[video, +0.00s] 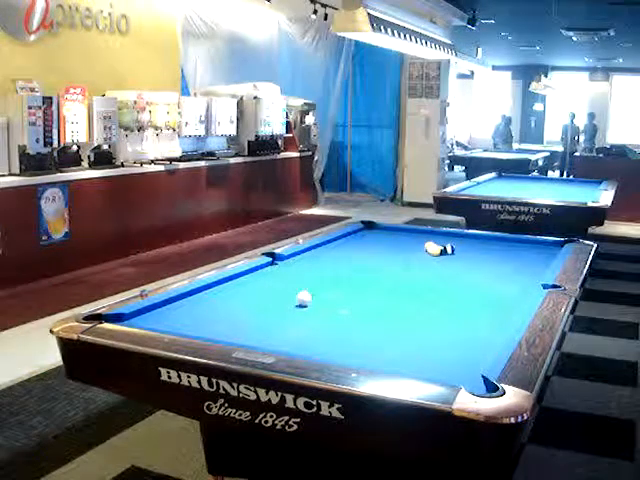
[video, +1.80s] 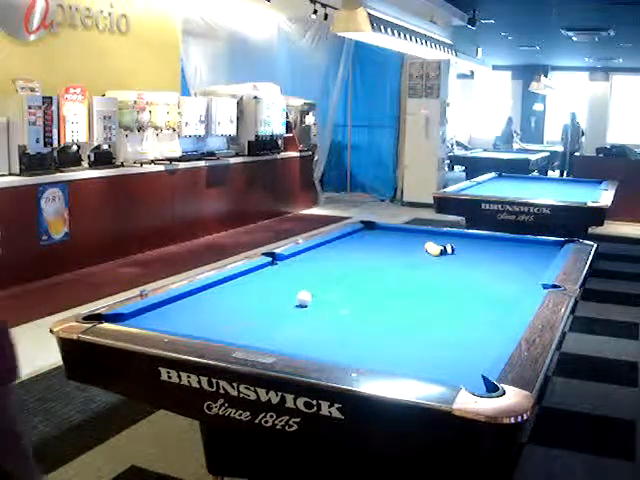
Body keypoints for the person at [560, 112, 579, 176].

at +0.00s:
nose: (571, 118)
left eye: (572, 116)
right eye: (570, 116)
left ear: (574, 117)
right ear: (569, 117)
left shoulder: (576, 127)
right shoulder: (565, 126)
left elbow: (578, 136)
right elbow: (562, 135)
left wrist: (577, 143)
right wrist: (563, 142)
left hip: (573, 146)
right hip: (565, 146)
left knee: (571, 161)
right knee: (563, 160)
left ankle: (568, 174)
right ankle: (561, 173)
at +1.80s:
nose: (572, 119)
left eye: (574, 117)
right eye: (571, 117)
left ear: (576, 118)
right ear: (570, 117)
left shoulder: (578, 126)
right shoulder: (566, 126)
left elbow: (580, 135)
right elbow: (563, 135)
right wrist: (563, 142)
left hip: (574, 146)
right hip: (566, 145)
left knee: (571, 160)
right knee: (563, 159)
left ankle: (569, 173)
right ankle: (561, 173)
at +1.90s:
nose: (572, 119)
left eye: (574, 117)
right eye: (571, 117)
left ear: (576, 117)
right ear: (570, 117)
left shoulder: (577, 126)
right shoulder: (566, 125)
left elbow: (580, 134)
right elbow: (563, 134)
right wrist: (563, 141)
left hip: (574, 145)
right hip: (566, 145)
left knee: (571, 159)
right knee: (563, 158)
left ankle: (569, 173)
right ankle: (561, 173)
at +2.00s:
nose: (572, 119)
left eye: (574, 117)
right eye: (571, 117)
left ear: (575, 117)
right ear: (570, 117)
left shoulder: (577, 126)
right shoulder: (566, 125)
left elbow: (579, 135)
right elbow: (563, 134)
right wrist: (563, 141)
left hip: (574, 146)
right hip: (566, 145)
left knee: (571, 159)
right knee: (563, 159)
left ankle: (569, 173)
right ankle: (561, 172)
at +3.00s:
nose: (571, 119)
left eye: (572, 117)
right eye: (570, 117)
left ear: (574, 117)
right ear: (568, 117)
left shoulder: (576, 126)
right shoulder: (565, 125)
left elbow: (578, 135)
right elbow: (563, 134)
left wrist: (577, 143)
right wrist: (562, 142)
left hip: (573, 145)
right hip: (566, 145)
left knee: (571, 160)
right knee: (563, 160)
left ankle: (570, 173)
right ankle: (562, 173)